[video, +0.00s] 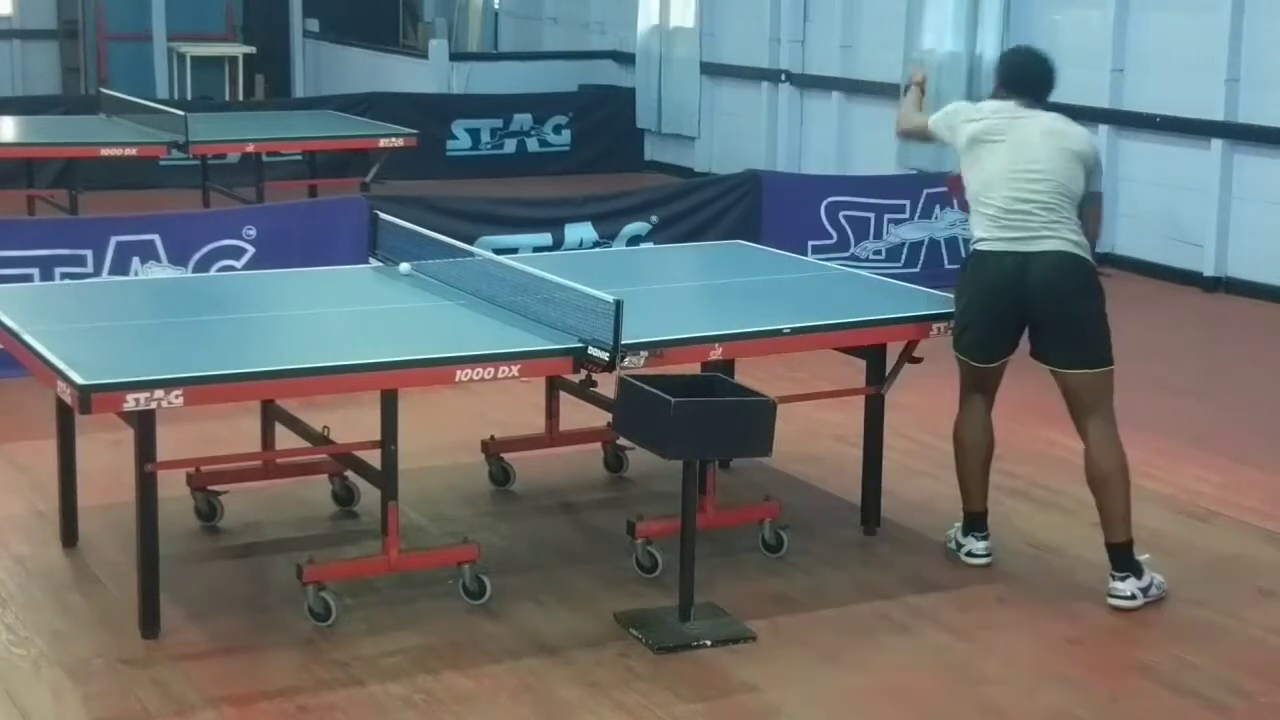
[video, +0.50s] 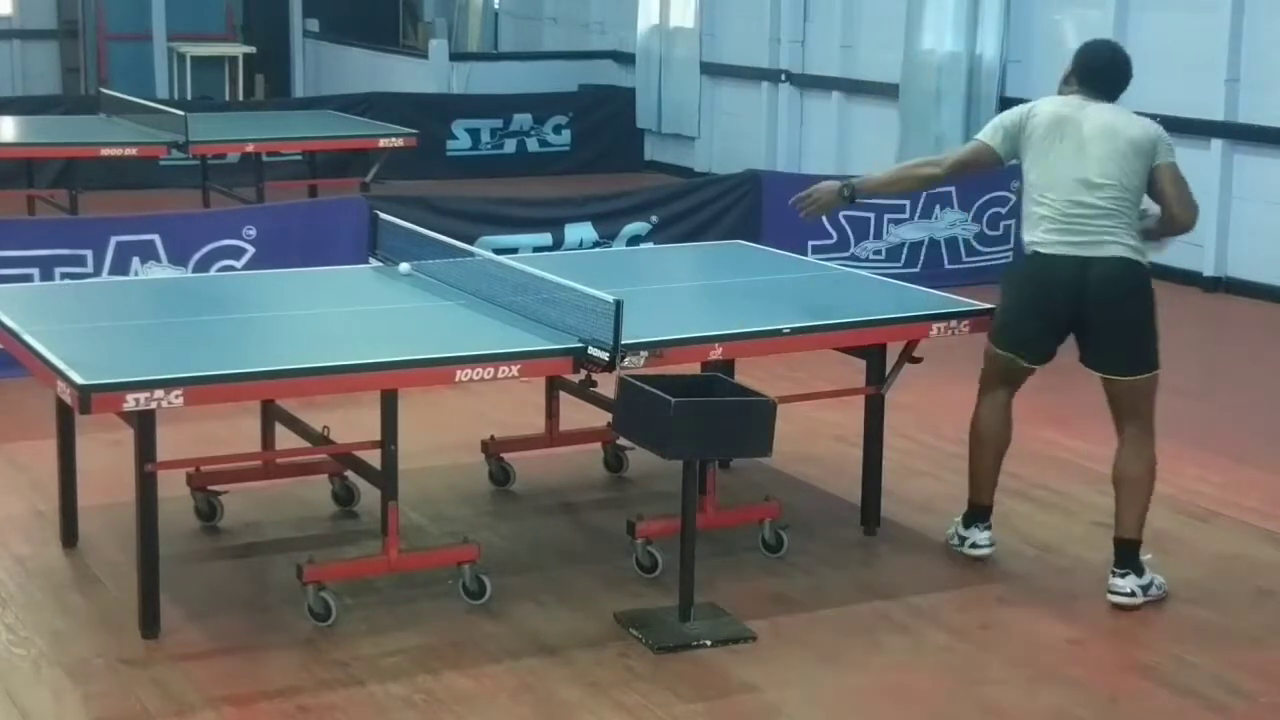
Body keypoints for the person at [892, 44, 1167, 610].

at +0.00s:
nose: (996, 87)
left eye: (998, 80)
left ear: (998, 84)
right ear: (1049, 91)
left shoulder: (969, 118)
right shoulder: (1080, 138)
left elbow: (907, 125)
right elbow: (1089, 230)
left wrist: (915, 89)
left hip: (989, 273)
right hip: (1066, 277)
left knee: (976, 396)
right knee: (1097, 421)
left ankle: (974, 532)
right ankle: (1124, 571)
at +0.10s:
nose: (1018, 81)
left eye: (1019, 72)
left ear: (1020, 77)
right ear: (1070, 88)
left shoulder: (985, 113)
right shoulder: (1097, 137)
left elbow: (911, 123)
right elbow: (1106, 238)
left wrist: (900, 102)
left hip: (995, 272)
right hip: (1073, 276)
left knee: (979, 397)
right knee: (1100, 420)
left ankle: (974, 533)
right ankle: (1125, 571)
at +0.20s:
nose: (1036, 79)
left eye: (1038, 71)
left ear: (1041, 74)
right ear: (1092, 86)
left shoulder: (1001, 112)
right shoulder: (1113, 138)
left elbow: (915, 142)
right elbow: (1129, 236)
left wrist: (886, 132)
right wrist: (1073, 222)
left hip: (1002, 270)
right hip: (1079, 276)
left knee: (984, 396)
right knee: (1105, 423)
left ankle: (975, 533)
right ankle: (1125, 573)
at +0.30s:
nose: (1053, 76)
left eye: (1057, 68)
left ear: (1058, 73)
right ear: (1110, 85)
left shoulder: (1016, 112)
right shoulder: (1130, 136)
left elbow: (920, 155)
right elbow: (1154, 223)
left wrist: (858, 161)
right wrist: (1091, 229)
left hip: (1012, 271)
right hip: (1089, 279)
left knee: (989, 395)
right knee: (1111, 422)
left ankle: (975, 533)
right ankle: (1126, 574)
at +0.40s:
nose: (1060, 73)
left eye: (1065, 65)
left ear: (1069, 69)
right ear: (1118, 83)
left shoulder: (1027, 112)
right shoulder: (1140, 131)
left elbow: (937, 162)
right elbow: (1170, 209)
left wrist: (845, 181)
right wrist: (1115, 226)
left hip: (1025, 270)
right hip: (1102, 277)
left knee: (997, 394)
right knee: (1120, 422)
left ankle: (976, 532)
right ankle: (1126, 572)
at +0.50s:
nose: (1060, 80)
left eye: (1064, 72)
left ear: (1070, 75)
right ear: (1119, 90)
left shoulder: (1031, 115)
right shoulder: (1145, 131)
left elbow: (943, 169)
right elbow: (1182, 216)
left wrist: (849, 190)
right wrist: (1141, 233)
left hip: (1041, 276)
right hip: (1120, 283)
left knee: (998, 387)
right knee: (1135, 425)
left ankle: (977, 524)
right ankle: (1127, 570)